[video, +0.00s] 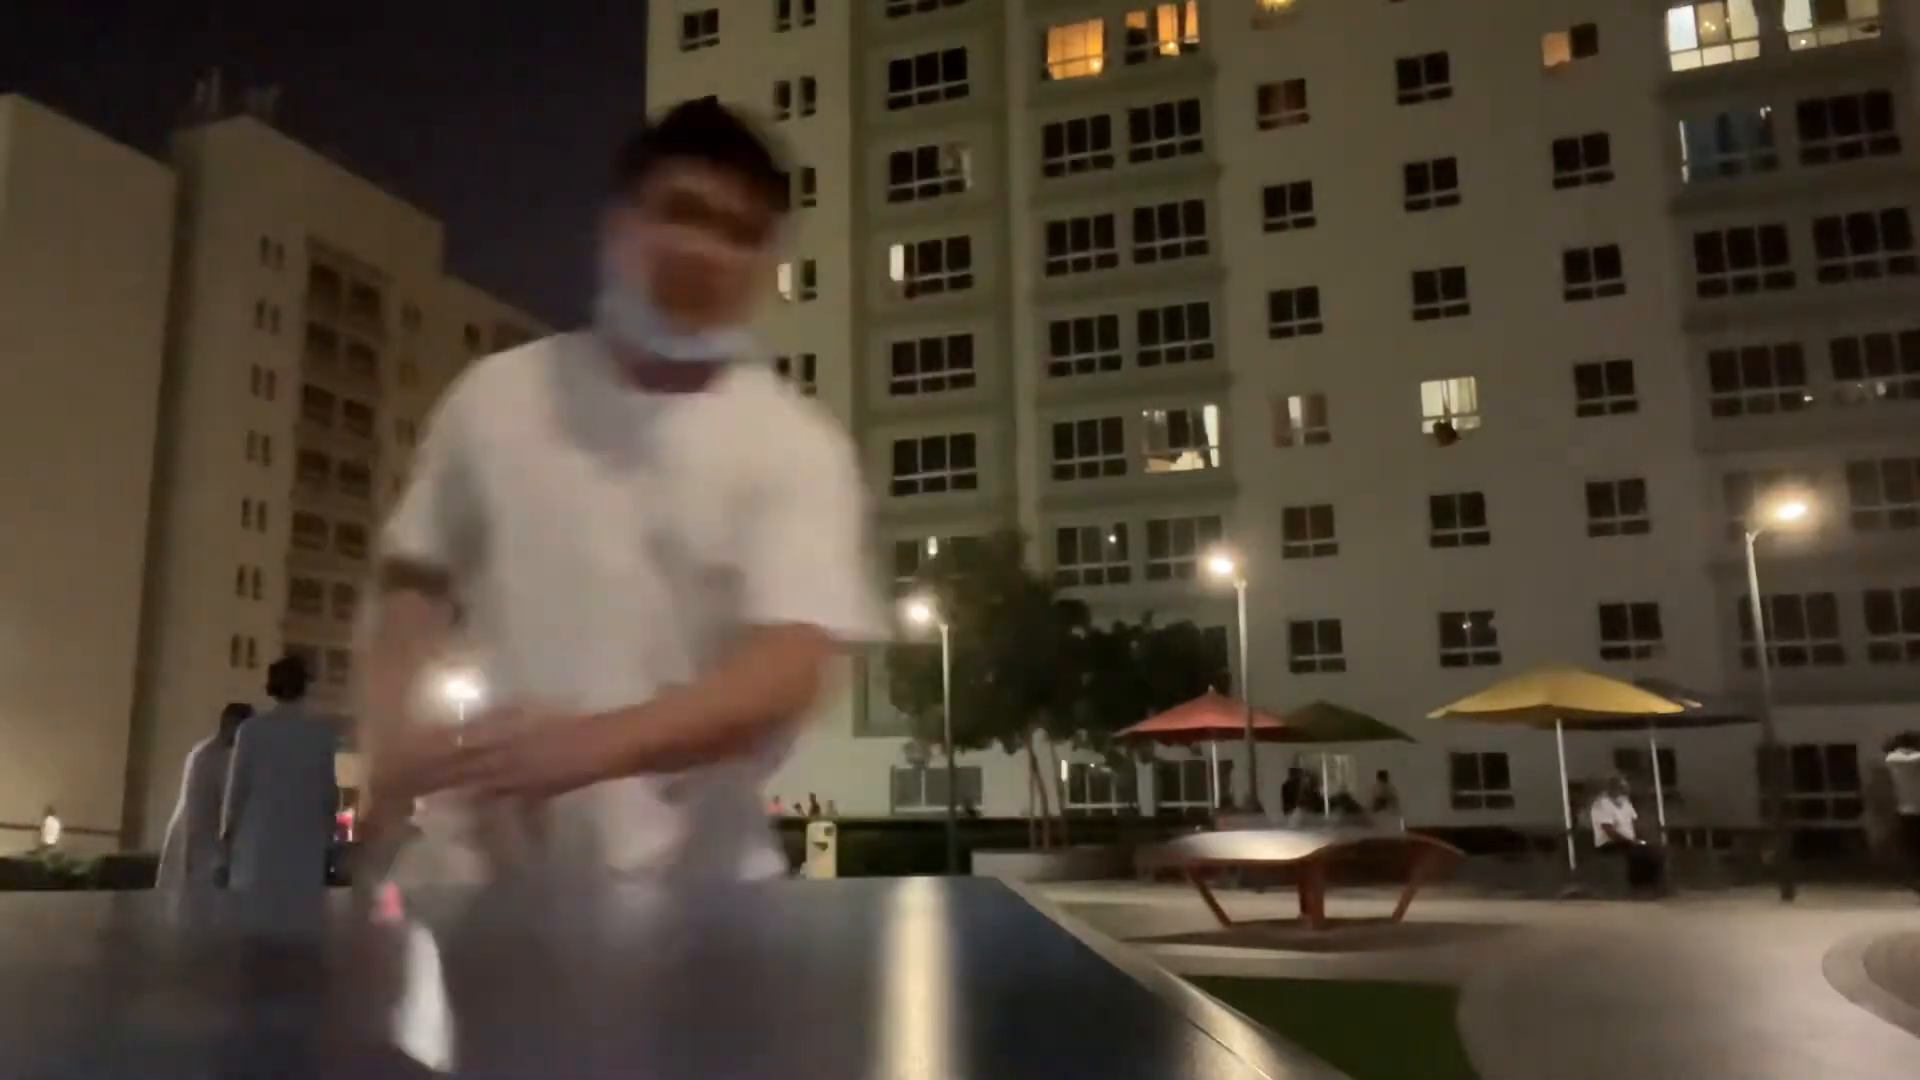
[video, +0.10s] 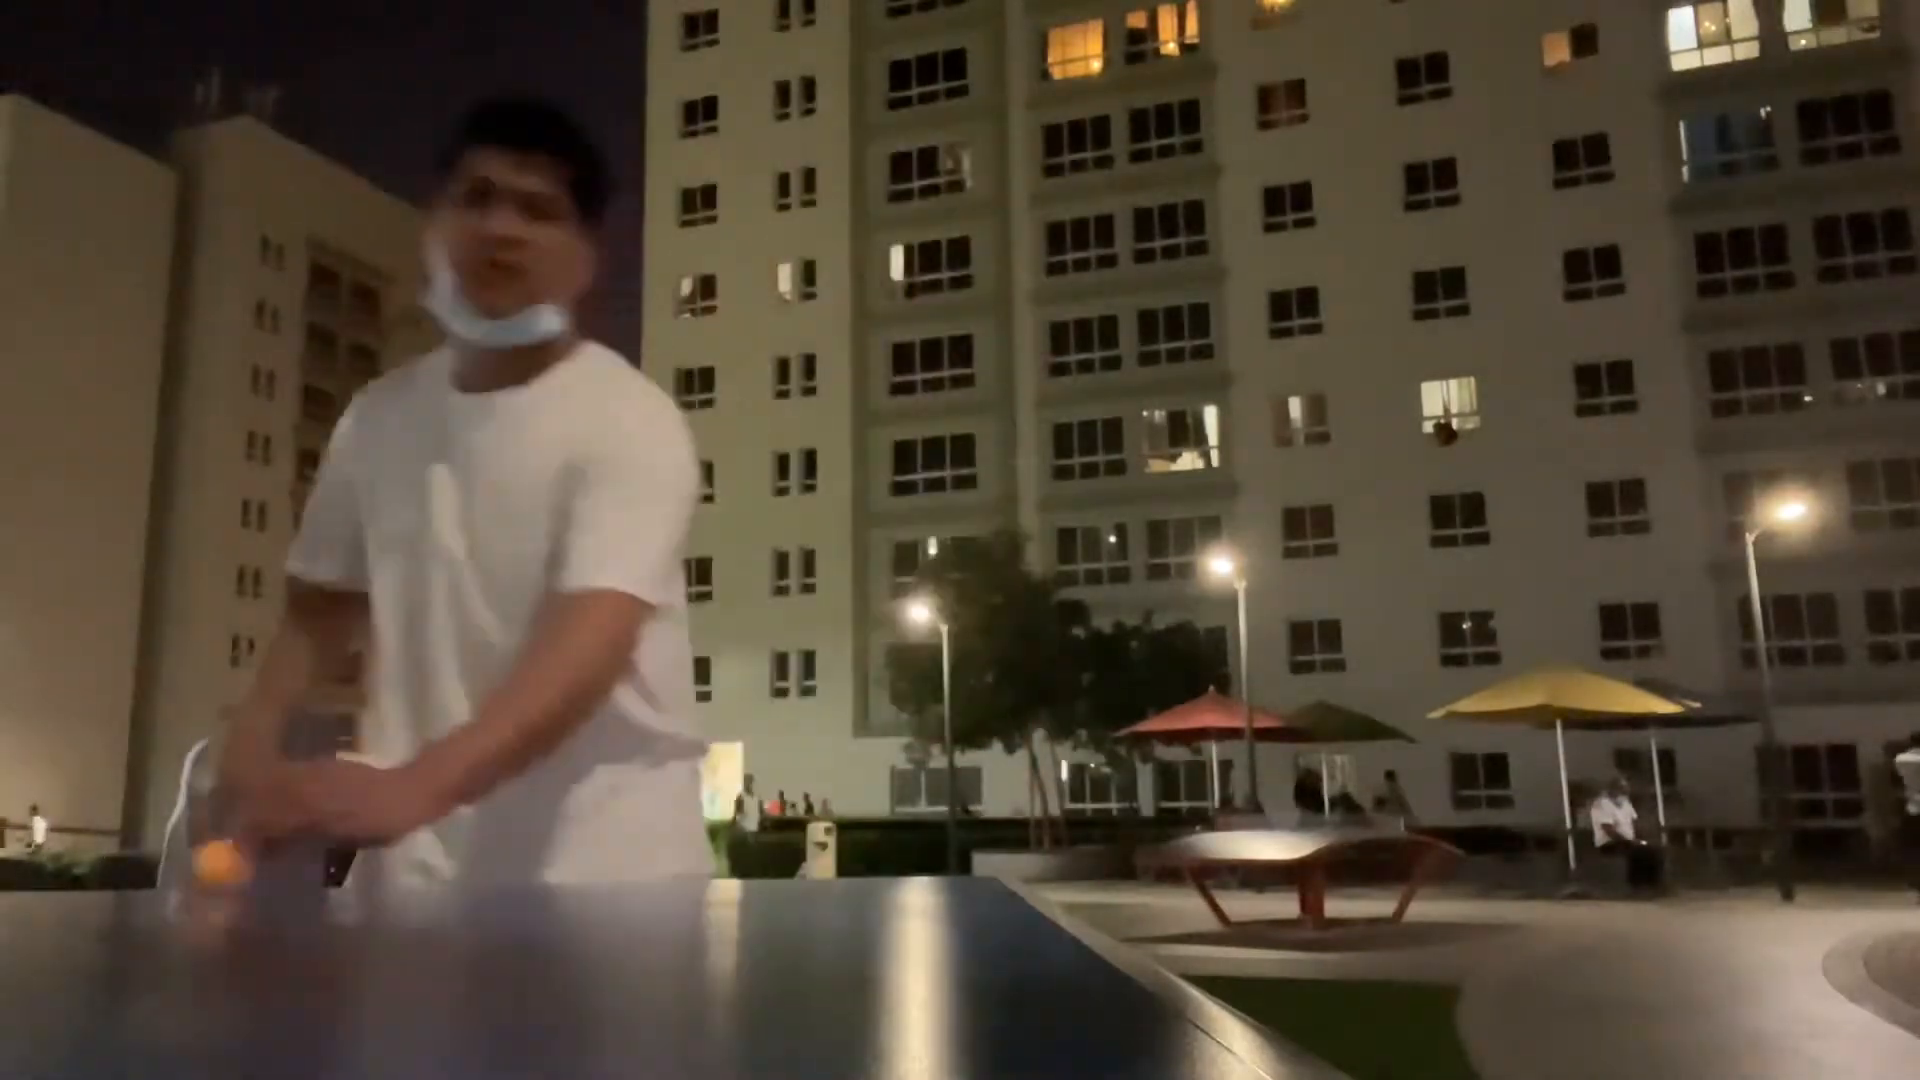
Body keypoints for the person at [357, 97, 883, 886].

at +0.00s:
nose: (703, 252)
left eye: (737, 233)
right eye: (679, 216)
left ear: (767, 265)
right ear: (616, 228)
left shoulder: (793, 446)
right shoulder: (494, 401)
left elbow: (789, 671)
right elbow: (412, 593)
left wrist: (584, 747)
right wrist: (397, 777)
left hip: (696, 892)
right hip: (491, 887)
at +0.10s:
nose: (500, 230)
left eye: (537, 210)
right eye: (476, 200)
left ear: (588, 255)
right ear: (432, 228)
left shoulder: (629, 422)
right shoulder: (379, 418)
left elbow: (584, 652)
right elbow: (314, 618)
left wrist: (406, 794)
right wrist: (251, 747)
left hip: (598, 880)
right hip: (419, 880)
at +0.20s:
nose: (412, 261)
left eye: (446, 231)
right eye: (395, 236)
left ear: (529, 255)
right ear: (379, 257)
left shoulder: (590, 412)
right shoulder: (394, 430)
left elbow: (500, 623)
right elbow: (324, 625)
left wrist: (304, 782)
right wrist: (244, 695)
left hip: (582, 873)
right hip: (420, 877)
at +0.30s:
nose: (388, 330)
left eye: (415, 294)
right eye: (370, 302)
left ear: (502, 280)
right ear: (355, 304)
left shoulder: (587, 440)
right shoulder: (446, 442)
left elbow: (533, 669)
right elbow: (413, 639)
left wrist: (316, 779)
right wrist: (299, 721)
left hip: (617, 842)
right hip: (479, 840)